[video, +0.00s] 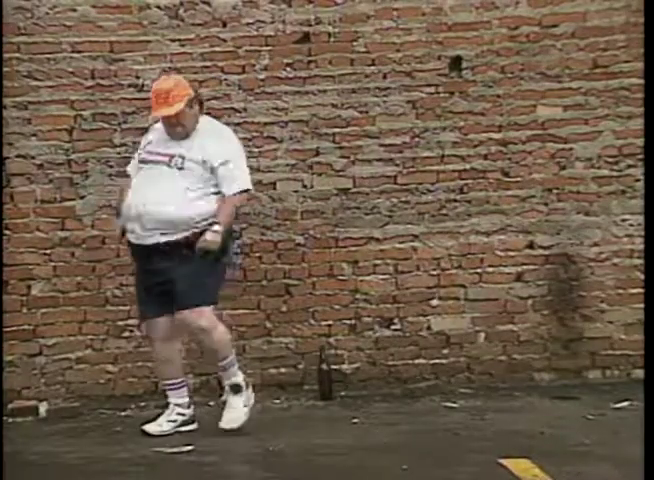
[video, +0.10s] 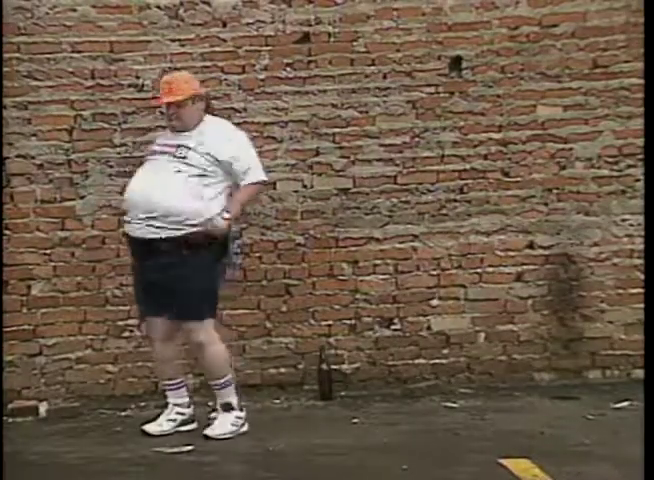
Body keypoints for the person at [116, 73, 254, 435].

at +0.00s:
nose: (170, 122)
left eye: (177, 114)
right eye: (164, 116)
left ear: (194, 104)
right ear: (156, 112)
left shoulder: (219, 138)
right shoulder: (154, 135)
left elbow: (235, 191)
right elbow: (136, 179)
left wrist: (218, 229)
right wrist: (127, 217)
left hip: (195, 243)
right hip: (149, 246)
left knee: (196, 317)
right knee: (159, 329)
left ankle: (237, 389)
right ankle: (180, 408)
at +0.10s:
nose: (171, 112)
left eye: (178, 105)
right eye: (166, 106)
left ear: (199, 102)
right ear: (163, 107)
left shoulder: (224, 135)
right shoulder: (168, 138)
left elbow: (253, 180)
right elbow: (169, 184)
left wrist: (229, 217)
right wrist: (141, 215)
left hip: (193, 244)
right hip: (150, 244)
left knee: (201, 331)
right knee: (160, 332)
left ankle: (231, 410)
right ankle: (180, 410)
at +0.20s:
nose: (169, 113)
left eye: (176, 106)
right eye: (166, 107)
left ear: (199, 106)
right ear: (165, 109)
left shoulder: (223, 136)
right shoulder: (176, 142)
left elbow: (256, 179)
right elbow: (180, 184)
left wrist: (226, 209)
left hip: (201, 248)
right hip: (153, 251)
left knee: (202, 332)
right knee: (140, 328)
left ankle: (233, 411)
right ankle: (173, 401)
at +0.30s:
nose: (164, 115)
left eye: (171, 108)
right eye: (161, 109)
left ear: (193, 109)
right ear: (162, 112)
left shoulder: (212, 138)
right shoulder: (175, 148)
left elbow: (240, 180)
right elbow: (174, 196)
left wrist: (202, 196)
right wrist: (139, 202)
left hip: (207, 250)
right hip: (163, 253)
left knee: (206, 335)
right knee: (132, 320)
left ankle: (233, 412)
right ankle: (167, 394)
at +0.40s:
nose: (151, 111)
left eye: (158, 105)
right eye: (148, 105)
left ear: (180, 107)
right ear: (148, 109)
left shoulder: (202, 137)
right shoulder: (156, 149)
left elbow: (216, 182)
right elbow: (150, 200)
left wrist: (168, 182)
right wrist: (107, 201)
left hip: (217, 246)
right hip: (172, 253)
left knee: (216, 330)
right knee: (149, 321)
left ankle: (234, 411)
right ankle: (170, 403)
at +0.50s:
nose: (136, 115)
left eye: (143, 108)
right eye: (134, 108)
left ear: (165, 109)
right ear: (133, 111)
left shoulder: (186, 137)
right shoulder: (136, 150)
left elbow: (193, 181)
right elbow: (130, 198)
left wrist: (138, 183)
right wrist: (88, 208)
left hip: (221, 243)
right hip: (175, 254)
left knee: (220, 328)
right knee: (172, 329)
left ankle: (237, 410)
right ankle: (182, 412)